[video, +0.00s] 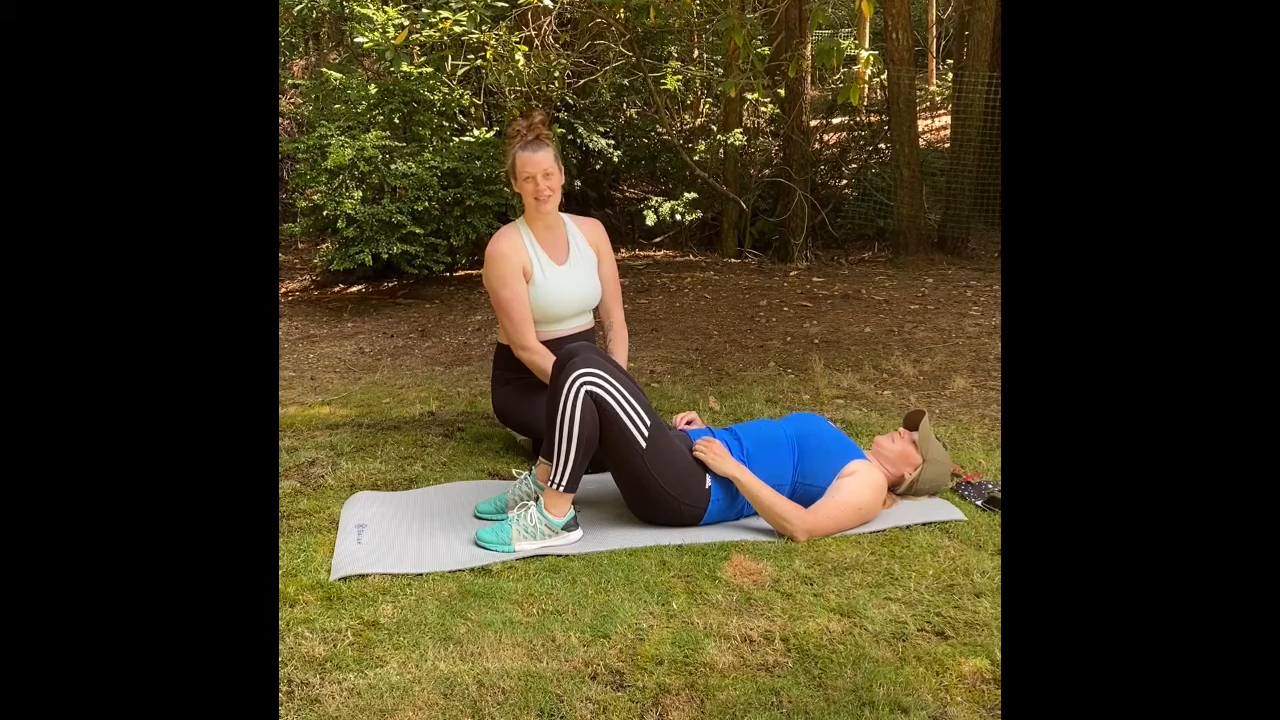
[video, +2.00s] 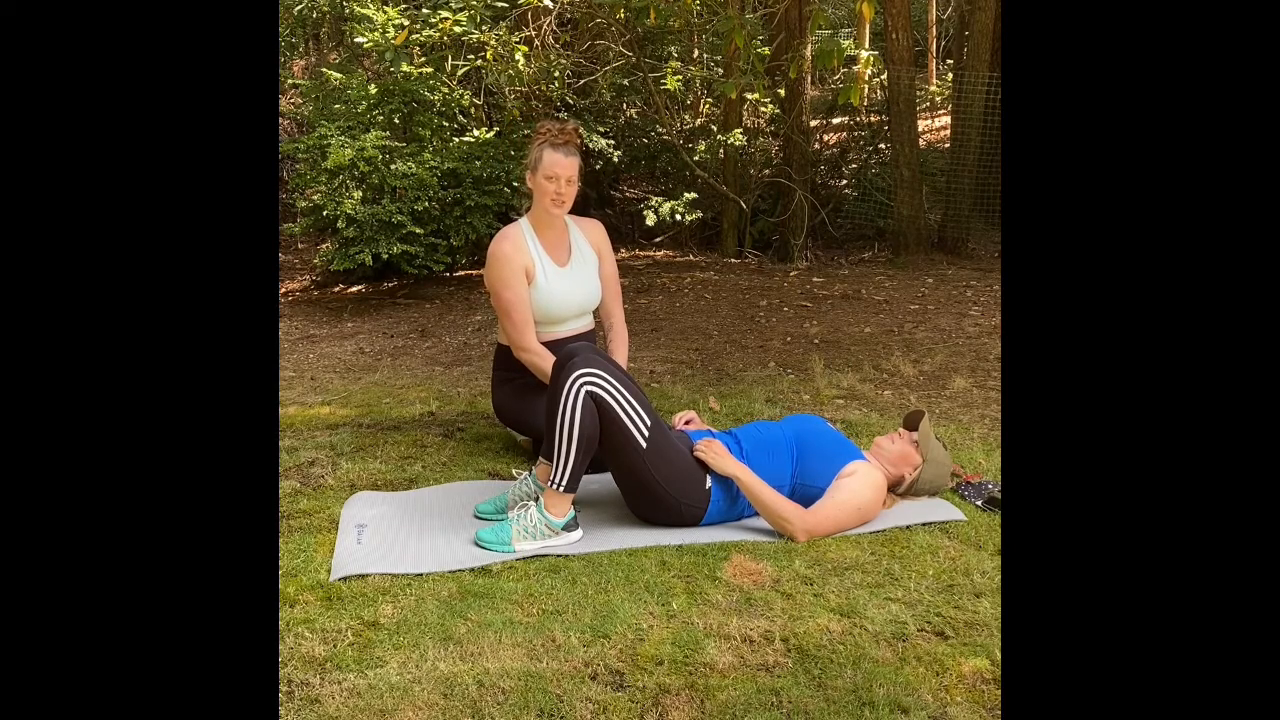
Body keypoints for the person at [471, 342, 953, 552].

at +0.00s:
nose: (896, 433)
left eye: (907, 440)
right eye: (905, 431)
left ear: (907, 472)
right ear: (895, 446)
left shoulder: (867, 484)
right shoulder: (843, 452)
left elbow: (804, 526)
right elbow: (761, 468)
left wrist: (731, 468)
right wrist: (705, 430)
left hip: (693, 488)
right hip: (682, 463)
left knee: (588, 371)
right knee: (579, 357)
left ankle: (554, 511)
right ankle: (543, 484)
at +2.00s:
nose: (897, 433)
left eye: (908, 440)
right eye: (906, 431)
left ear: (907, 471)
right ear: (895, 446)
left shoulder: (867, 483)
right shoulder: (843, 453)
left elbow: (805, 527)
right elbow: (760, 470)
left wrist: (732, 468)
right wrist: (705, 431)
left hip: (693, 490)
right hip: (682, 466)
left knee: (589, 373)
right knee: (580, 357)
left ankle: (554, 511)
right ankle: (542, 485)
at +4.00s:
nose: (897, 432)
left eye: (908, 438)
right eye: (906, 430)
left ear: (907, 469)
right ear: (897, 445)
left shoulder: (863, 478)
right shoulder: (844, 452)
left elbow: (788, 515)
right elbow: (763, 466)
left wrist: (700, 513)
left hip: (695, 474)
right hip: (680, 443)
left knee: (580, 369)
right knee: (546, 356)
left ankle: (556, 512)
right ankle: (546, 480)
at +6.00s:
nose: (900, 433)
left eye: (910, 441)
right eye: (908, 431)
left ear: (907, 473)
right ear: (896, 441)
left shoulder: (860, 474)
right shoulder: (846, 451)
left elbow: (795, 522)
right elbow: (775, 496)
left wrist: (711, 517)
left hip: (695, 482)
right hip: (680, 454)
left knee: (589, 375)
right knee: (590, 365)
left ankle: (554, 511)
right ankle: (542, 485)